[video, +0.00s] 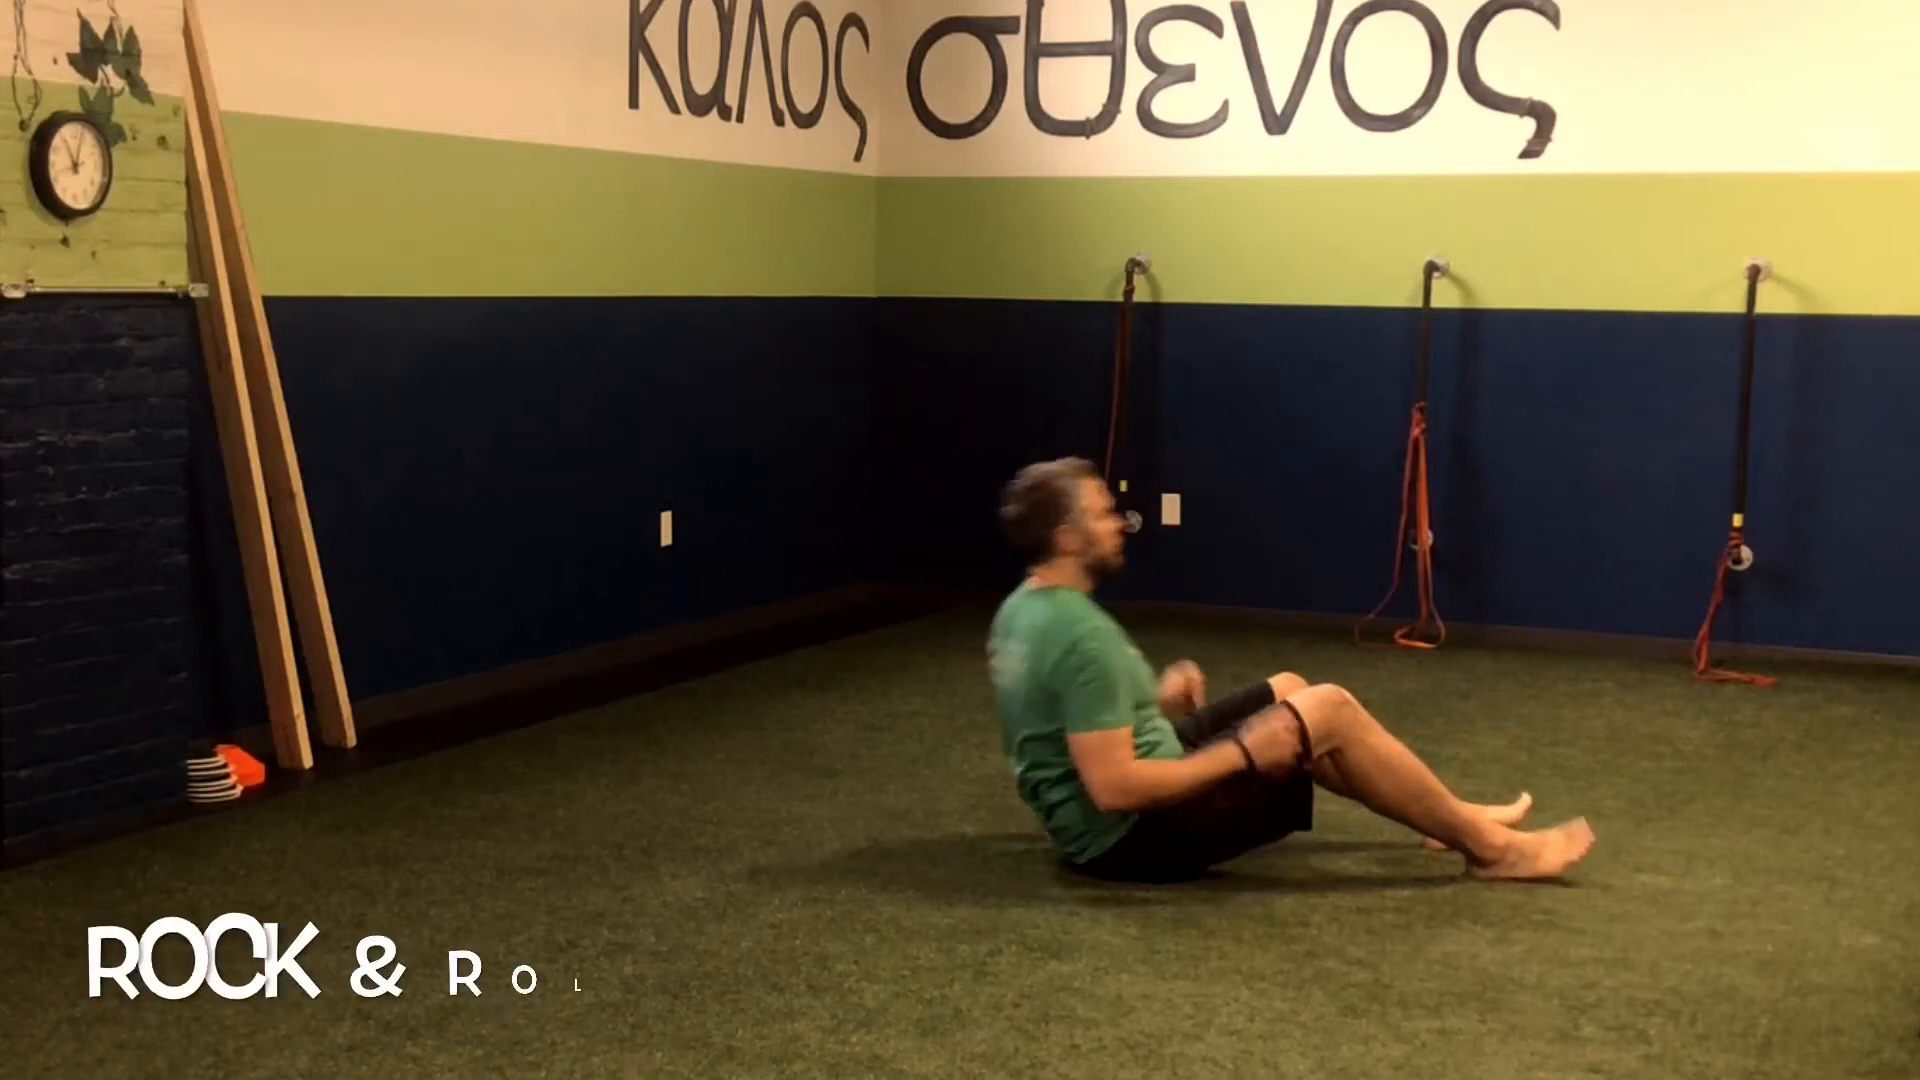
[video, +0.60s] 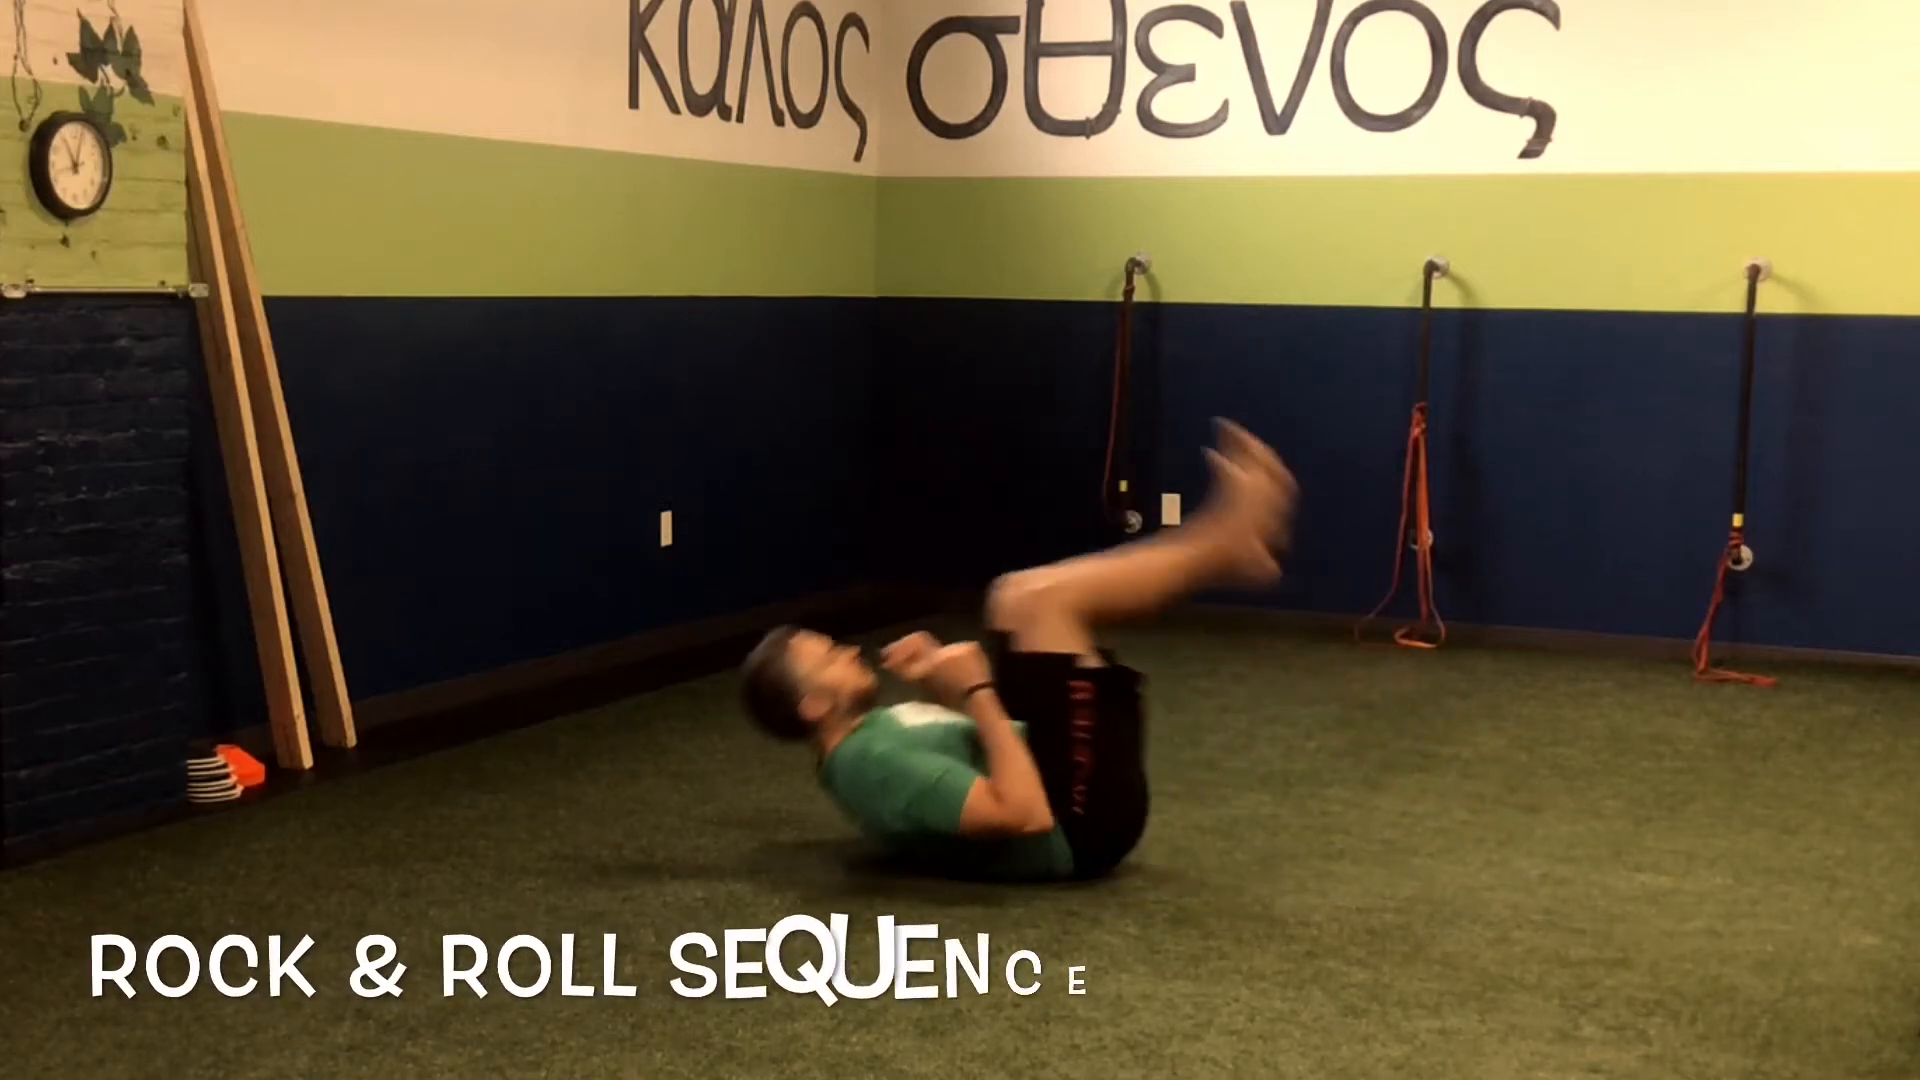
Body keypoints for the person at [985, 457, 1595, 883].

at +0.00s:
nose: (1122, 523)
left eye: (1113, 510)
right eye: (1106, 513)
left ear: (1058, 536)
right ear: (1063, 534)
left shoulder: (1027, 610)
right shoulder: (1075, 631)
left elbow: (1064, 729)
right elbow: (1115, 786)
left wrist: (1155, 701)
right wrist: (1247, 749)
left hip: (1106, 810)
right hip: (1127, 838)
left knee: (1302, 693)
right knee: (1331, 709)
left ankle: (1459, 818)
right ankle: (1492, 850)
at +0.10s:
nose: (1059, 537)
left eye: (1050, 523)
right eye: (1042, 528)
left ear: (999, 554)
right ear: (1006, 551)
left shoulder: (980, 630)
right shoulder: (1029, 642)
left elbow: (1054, 739)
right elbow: (1099, 789)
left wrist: (1121, 674)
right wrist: (1204, 714)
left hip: (1093, 819)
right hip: (1119, 839)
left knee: (1282, 691)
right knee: (1309, 695)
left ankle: (1437, 807)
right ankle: (1469, 836)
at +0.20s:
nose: (1007, 549)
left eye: (996, 536)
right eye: (989, 542)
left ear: (952, 575)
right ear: (958, 570)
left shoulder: (948, 645)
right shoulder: (989, 659)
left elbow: (1048, 733)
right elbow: (1088, 791)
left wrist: (1080, 661)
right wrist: (1154, 688)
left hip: (1084, 822)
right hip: (1108, 840)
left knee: (1254, 672)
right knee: (1273, 672)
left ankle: (1409, 800)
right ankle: (1429, 817)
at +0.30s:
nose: (963, 563)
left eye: (950, 553)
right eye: (945, 559)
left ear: (913, 599)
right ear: (918, 596)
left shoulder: (920, 663)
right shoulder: (958, 681)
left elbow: (1017, 749)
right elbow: (1069, 797)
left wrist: (1042, 661)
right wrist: (1114, 679)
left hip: (1073, 820)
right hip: (1101, 841)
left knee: (1210, 652)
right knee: (1234, 648)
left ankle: (1366, 790)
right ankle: (1392, 778)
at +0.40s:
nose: (925, 589)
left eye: (912, 580)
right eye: (906, 588)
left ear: (884, 623)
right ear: (878, 626)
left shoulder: (905, 687)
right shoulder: (926, 705)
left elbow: (1002, 757)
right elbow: (1052, 802)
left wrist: (1007, 663)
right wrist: (1070, 677)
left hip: (1070, 819)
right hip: (1098, 842)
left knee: (1161, 615)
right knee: (1187, 622)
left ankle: (1329, 739)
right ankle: (1367, 721)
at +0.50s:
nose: (886, 622)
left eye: (873, 613)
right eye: (867, 623)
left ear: (854, 663)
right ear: (847, 665)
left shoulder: (891, 708)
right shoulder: (897, 729)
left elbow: (1012, 755)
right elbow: (1040, 808)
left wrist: (970, 670)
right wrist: (1023, 683)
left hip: (1072, 818)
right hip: (1091, 839)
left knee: (1095, 597)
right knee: (1107, 602)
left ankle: (1301, 641)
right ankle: (1316, 632)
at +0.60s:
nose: (849, 651)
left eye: (833, 644)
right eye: (827, 655)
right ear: (811, 705)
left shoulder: (875, 728)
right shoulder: (872, 765)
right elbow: (1024, 811)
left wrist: (949, 682)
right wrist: (979, 691)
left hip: (1065, 802)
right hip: (1082, 828)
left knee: (1017, 596)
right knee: (1032, 598)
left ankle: (1218, 541)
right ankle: (1227, 542)